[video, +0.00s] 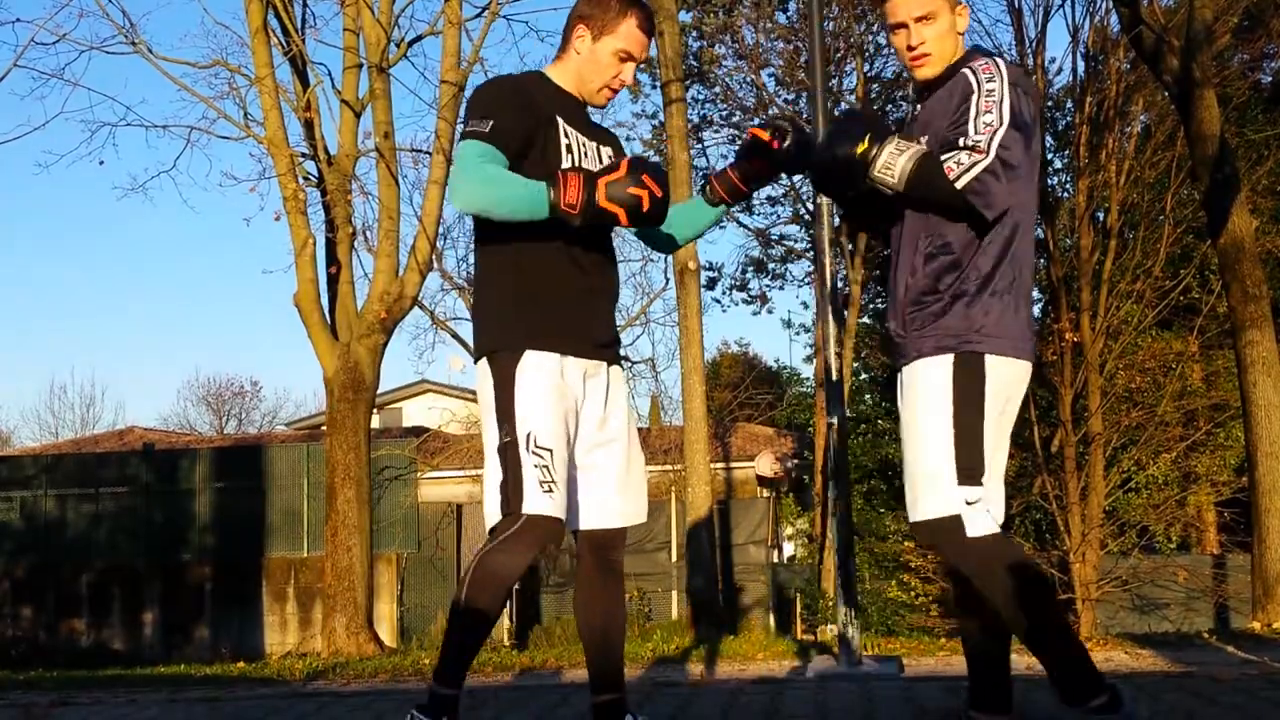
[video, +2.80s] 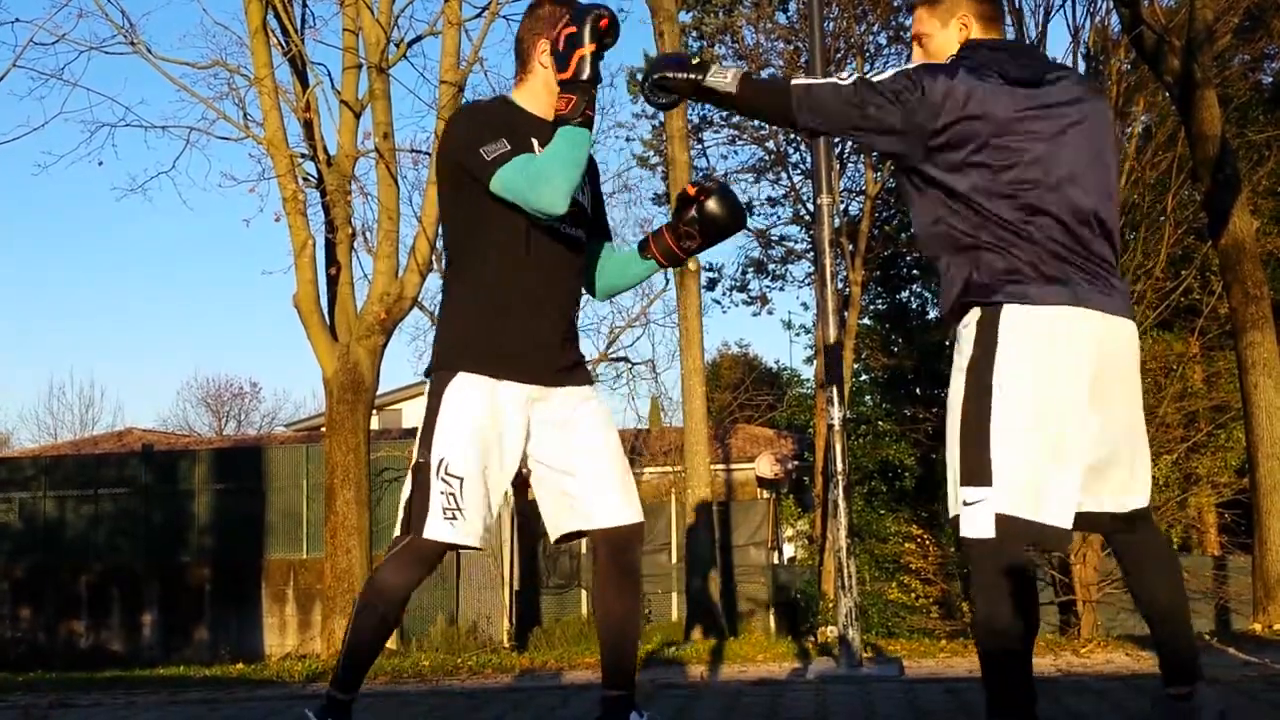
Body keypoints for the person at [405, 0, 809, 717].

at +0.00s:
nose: (630, 78)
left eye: (638, 66)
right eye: (625, 60)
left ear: (604, 46)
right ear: (584, 36)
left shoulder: (605, 144)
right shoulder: (508, 96)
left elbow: (664, 231)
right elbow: (468, 186)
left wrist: (733, 182)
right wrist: (572, 196)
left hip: (598, 354)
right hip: (525, 347)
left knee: (605, 533)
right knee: (530, 522)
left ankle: (610, 713)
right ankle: (440, 701)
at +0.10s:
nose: (623, 75)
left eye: (631, 63)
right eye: (618, 56)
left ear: (591, 42)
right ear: (575, 34)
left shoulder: (591, 140)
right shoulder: (497, 99)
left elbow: (598, 251)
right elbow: (426, 194)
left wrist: (682, 237)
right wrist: (529, 223)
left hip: (595, 357)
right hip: (520, 352)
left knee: (602, 534)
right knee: (514, 527)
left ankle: (610, 711)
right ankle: (418, 705)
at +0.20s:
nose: (613, 73)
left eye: (620, 60)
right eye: (608, 54)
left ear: (582, 45)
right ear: (563, 35)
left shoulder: (576, 134)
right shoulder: (482, 99)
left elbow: (558, 253)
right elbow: (403, 205)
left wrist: (626, 298)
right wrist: (500, 237)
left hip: (582, 360)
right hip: (509, 355)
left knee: (610, 532)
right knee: (492, 533)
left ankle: (610, 711)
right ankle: (416, 707)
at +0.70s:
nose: (607, 60)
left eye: (614, 48)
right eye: (597, 40)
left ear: (602, 50)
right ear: (548, 30)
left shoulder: (591, 143)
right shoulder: (478, 104)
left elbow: (646, 252)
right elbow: (467, 216)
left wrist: (723, 222)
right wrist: (575, 191)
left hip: (597, 360)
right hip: (510, 359)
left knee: (645, 531)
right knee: (481, 539)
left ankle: (692, 705)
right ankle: (415, 708)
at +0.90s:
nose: (673, 58)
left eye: (678, 44)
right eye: (664, 39)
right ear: (617, 29)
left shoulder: (657, 138)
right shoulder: (534, 104)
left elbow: (724, 229)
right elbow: (486, 222)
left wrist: (815, 188)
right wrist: (596, 218)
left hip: (651, 357)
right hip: (565, 354)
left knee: (682, 530)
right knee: (538, 527)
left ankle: (700, 710)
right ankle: (442, 701)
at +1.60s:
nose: (659, 50)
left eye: (663, 34)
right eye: (651, 31)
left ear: (613, 30)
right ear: (603, 25)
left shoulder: (638, 134)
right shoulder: (522, 107)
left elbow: (639, 257)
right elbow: (502, 225)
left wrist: (720, 243)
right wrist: (607, 189)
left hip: (637, 359)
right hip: (553, 358)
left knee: (687, 523)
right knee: (526, 531)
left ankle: (700, 710)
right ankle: (459, 707)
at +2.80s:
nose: (586, 67)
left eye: (589, 55)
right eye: (576, 51)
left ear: (570, 63)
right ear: (540, 52)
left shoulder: (577, 161)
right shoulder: (474, 124)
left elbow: (595, 277)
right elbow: (547, 193)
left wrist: (667, 245)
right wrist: (581, 101)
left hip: (561, 376)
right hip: (478, 371)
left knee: (618, 529)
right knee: (429, 539)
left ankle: (620, 707)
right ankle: (337, 700)